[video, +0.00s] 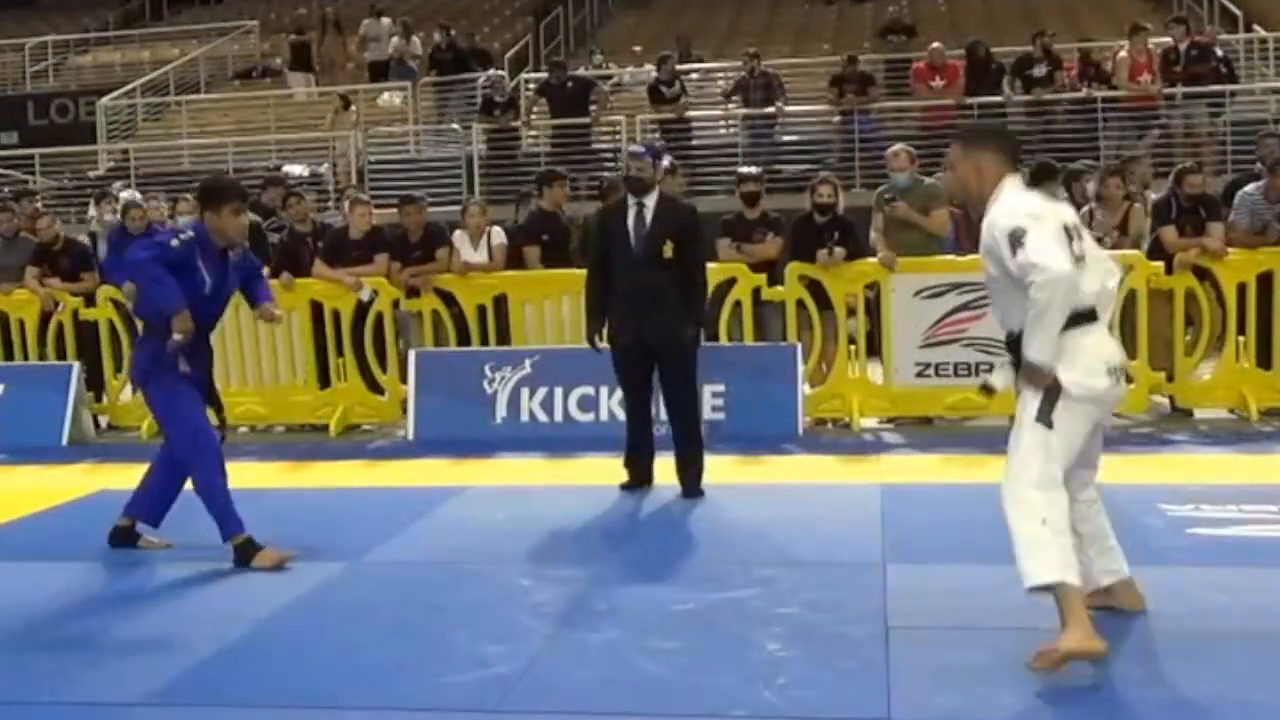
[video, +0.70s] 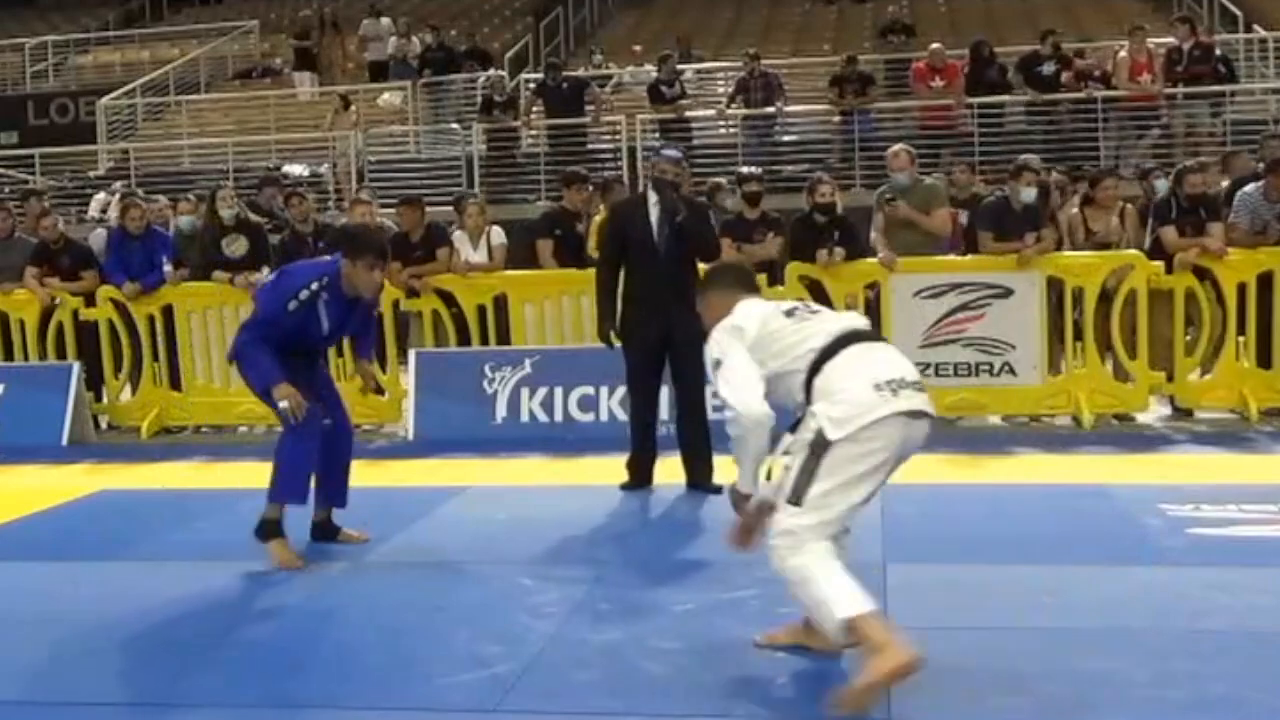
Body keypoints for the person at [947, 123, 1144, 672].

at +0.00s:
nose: (948, 180)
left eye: (951, 168)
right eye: (947, 169)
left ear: (980, 164)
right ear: (997, 165)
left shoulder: (1011, 212)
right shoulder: (1045, 203)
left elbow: (1053, 274)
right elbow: (1104, 270)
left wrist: (1035, 357)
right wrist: (1085, 333)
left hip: (1066, 359)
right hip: (1096, 353)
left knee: (1029, 483)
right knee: (1074, 480)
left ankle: (1076, 625)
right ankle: (1114, 582)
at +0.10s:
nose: (916, 210)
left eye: (921, 199)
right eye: (917, 199)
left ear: (945, 202)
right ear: (972, 200)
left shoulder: (981, 255)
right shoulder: (1024, 241)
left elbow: (1000, 335)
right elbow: (1090, 298)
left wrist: (975, 398)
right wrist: (1080, 363)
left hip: (1052, 395)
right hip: (1084, 386)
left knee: (1007, 512)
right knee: (1052, 490)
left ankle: (1079, 657)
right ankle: (1109, 583)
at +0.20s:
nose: (881, 231)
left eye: (884, 218)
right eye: (881, 219)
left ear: (907, 217)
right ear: (936, 215)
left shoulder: (945, 273)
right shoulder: (999, 242)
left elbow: (948, 365)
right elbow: (1072, 287)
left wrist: (916, 414)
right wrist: (1059, 361)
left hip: (1042, 398)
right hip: (1064, 385)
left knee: (995, 523)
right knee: (991, 458)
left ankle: (1079, 656)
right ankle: (1081, 566)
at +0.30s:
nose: (846, 253)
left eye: (848, 241)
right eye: (844, 242)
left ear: (874, 238)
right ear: (900, 229)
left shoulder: (905, 297)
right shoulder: (961, 247)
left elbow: (889, 403)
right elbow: (1045, 273)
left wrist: (861, 422)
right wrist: (1050, 356)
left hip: (1024, 402)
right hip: (1039, 384)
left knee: (982, 535)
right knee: (949, 468)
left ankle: (1080, 658)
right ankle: (990, 592)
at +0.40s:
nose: (803, 270)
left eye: (805, 257)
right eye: (800, 259)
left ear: (829, 251)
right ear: (855, 243)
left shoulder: (854, 310)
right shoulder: (929, 254)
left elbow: (850, 418)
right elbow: (1016, 295)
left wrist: (823, 436)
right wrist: (1023, 374)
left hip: (987, 403)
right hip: (1012, 382)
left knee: (971, 547)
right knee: (909, 489)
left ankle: (1080, 655)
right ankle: (865, 606)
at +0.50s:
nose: (761, 288)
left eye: (762, 275)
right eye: (759, 275)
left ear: (782, 271)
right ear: (814, 262)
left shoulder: (804, 318)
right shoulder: (874, 279)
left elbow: (817, 423)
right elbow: (959, 335)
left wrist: (798, 454)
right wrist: (890, 419)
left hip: (940, 405)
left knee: (934, 555)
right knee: (852, 503)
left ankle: (1061, 633)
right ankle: (824, 619)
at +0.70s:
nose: (704, 322)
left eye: (704, 314)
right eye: (702, 314)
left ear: (713, 307)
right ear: (752, 295)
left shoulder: (726, 333)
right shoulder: (794, 313)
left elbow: (752, 411)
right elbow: (811, 422)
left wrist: (745, 488)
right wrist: (765, 502)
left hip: (856, 411)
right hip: (911, 407)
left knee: (792, 538)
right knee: (826, 522)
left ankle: (885, 647)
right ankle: (823, 627)